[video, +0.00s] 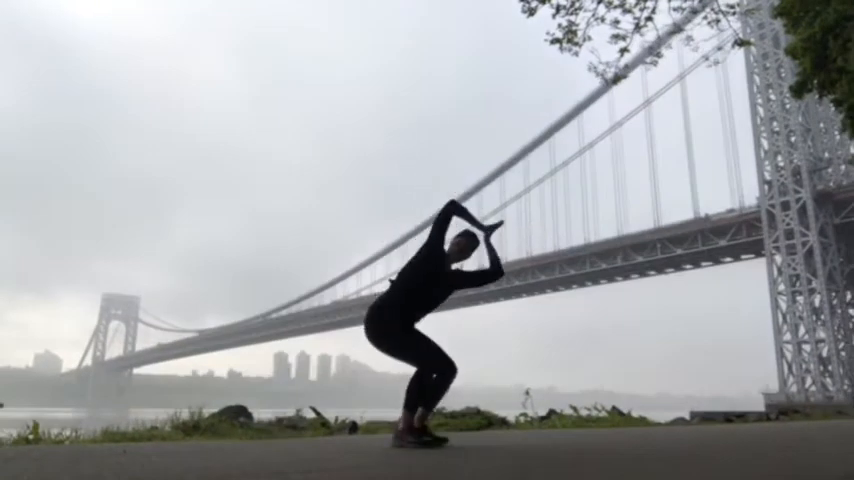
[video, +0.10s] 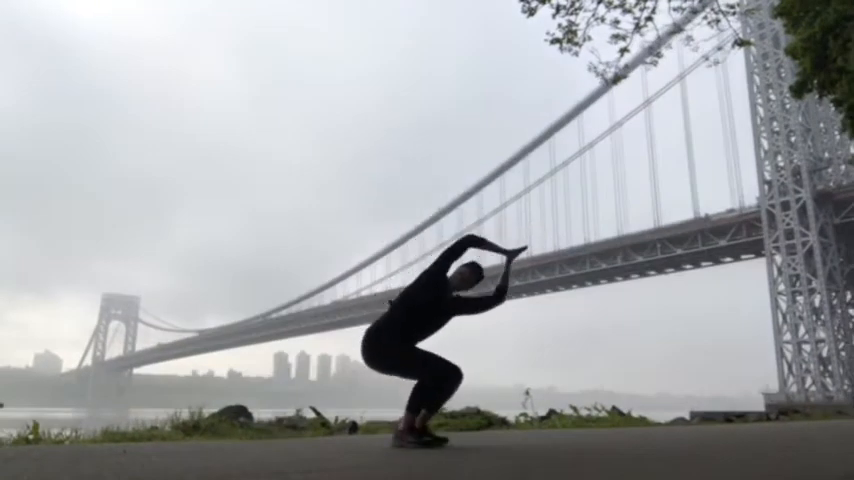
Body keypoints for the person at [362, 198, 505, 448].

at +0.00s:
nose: (461, 248)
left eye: (467, 248)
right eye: (460, 242)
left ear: (468, 256)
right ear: (451, 241)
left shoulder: (453, 279)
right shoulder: (432, 250)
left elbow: (495, 273)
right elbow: (451, 206)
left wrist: (487, 238)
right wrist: (479, 225)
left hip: (402, 328)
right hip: (381, 321)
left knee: (447, 370)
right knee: (427, 366)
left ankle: (419, 426)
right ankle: (405, 429)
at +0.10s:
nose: (462, 279)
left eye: (468, 281)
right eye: (463, 273)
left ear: (469, 287)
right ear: (457, 269)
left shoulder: (453, 305)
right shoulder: (434, 276)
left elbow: (496, 298)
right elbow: (467, 240)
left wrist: (508, 262)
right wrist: (504, 251)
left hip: (400, 350)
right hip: (378, 344)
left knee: (452, 374)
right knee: (433, 373)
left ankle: (419, 427)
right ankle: (405, 430)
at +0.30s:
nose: (448, 220)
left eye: (453, 220)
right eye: (447, 214)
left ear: (453, 227)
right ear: (436, 212)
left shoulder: (443, 247)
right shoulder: (414, 226)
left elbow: (476, 230)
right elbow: (421, 184)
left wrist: (503, 203)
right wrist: (442, 151)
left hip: (418, 311)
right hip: (394, 308)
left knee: (449, 369)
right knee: (426, 365)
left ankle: (418, 425)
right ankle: (404, 429)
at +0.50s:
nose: (404, 188)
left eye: (405, 183)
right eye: (400, 184)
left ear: (406, 187)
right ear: (393, 190)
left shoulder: (412, 209)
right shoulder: (403, 211)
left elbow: (436, 182)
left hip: (427, 293)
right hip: (415, 293)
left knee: (420, 361)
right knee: (413, 360)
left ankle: (416, 424)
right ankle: (403, 428)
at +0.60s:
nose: (407, 180)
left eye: (408, 177)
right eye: (402, 179)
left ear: (407, 186)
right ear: (397, 187)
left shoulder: (417, 207)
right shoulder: (401, 211)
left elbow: (410, 168)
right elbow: (388, 168)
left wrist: (399, 135)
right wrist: (382, 133)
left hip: (430, 291)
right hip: (415, 292)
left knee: (420, 361)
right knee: (412, 359)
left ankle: (416, 424)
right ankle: (403, 428)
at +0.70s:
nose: (405, 192)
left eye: (408, 187)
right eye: (400, 190)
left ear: (418, 189)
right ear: (396, 197)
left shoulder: (431, 211)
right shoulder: (398, 219)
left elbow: (431, 167)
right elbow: (371, 193)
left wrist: (431, 132)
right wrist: (350, 164)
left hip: (436, 289)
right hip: (409, 290)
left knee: (427, 358)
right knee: (410, 357)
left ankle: (416, 423)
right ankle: (402, 428)